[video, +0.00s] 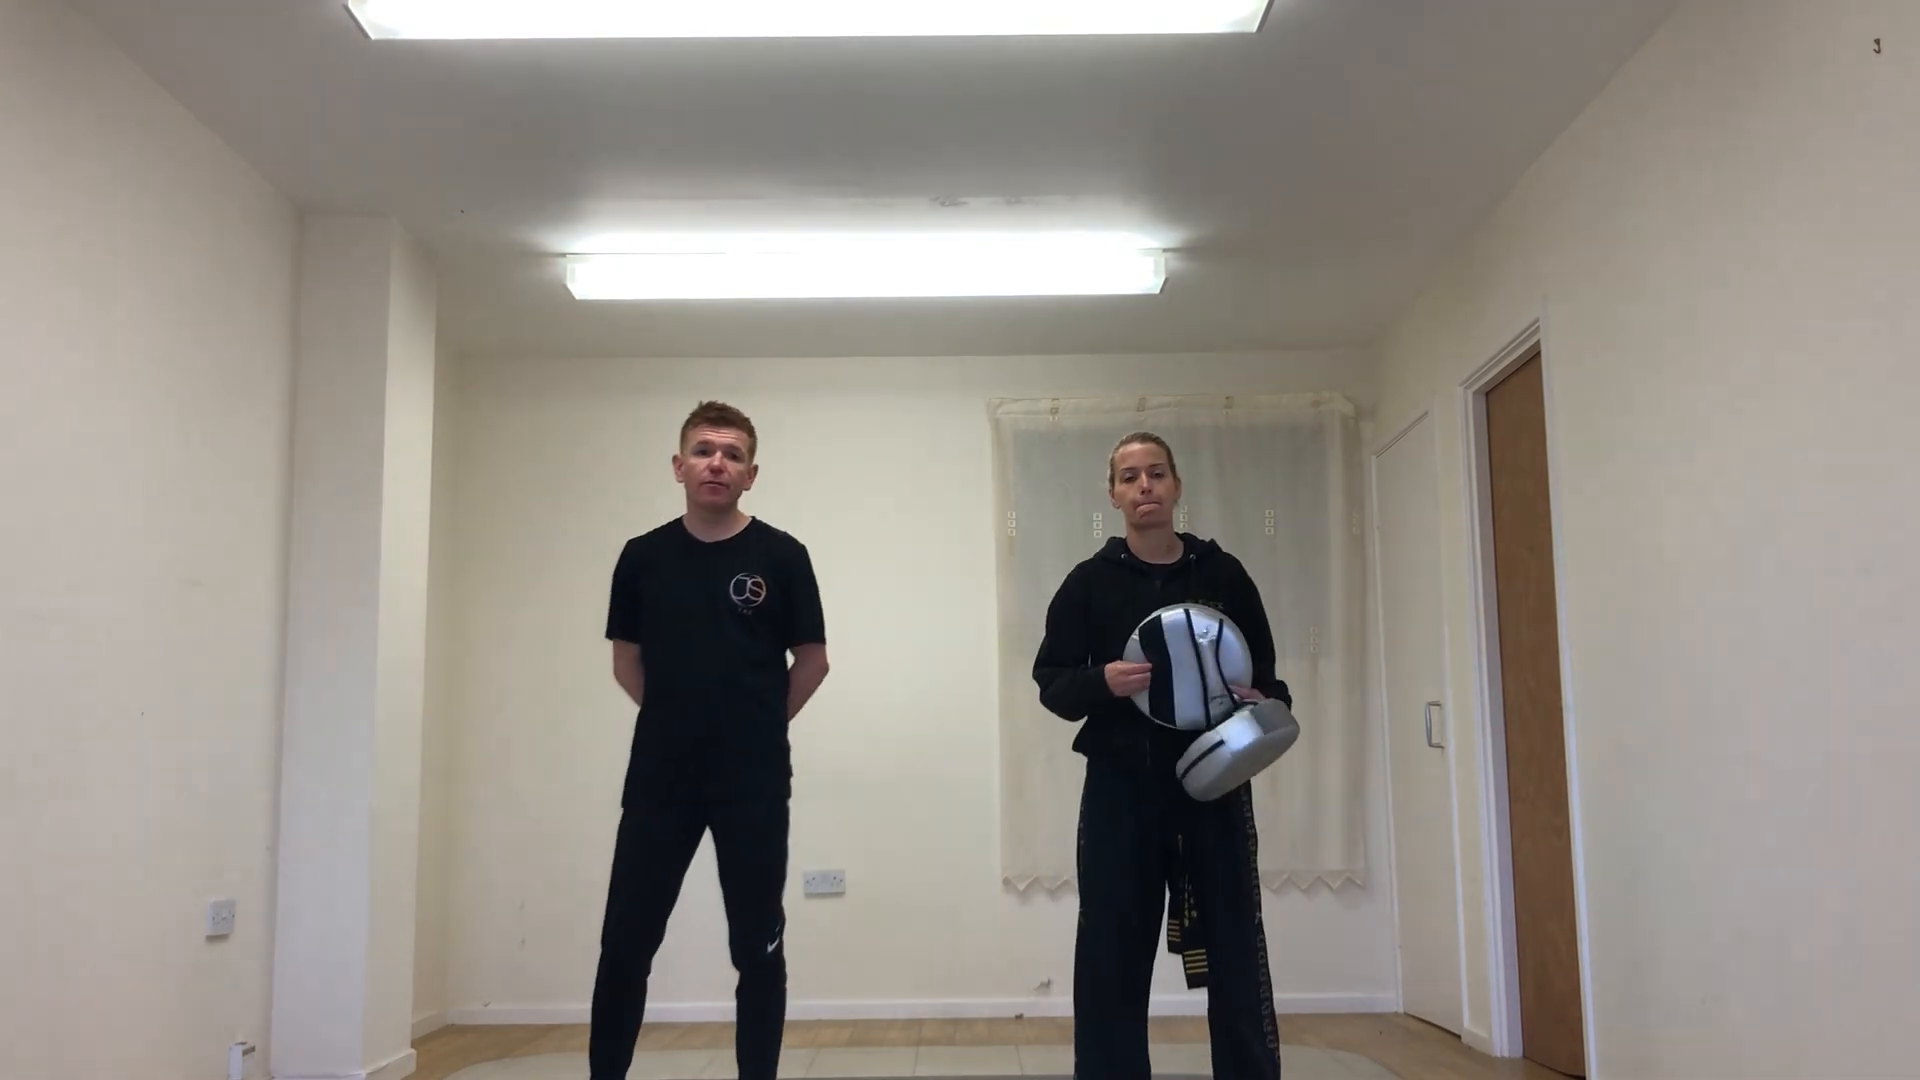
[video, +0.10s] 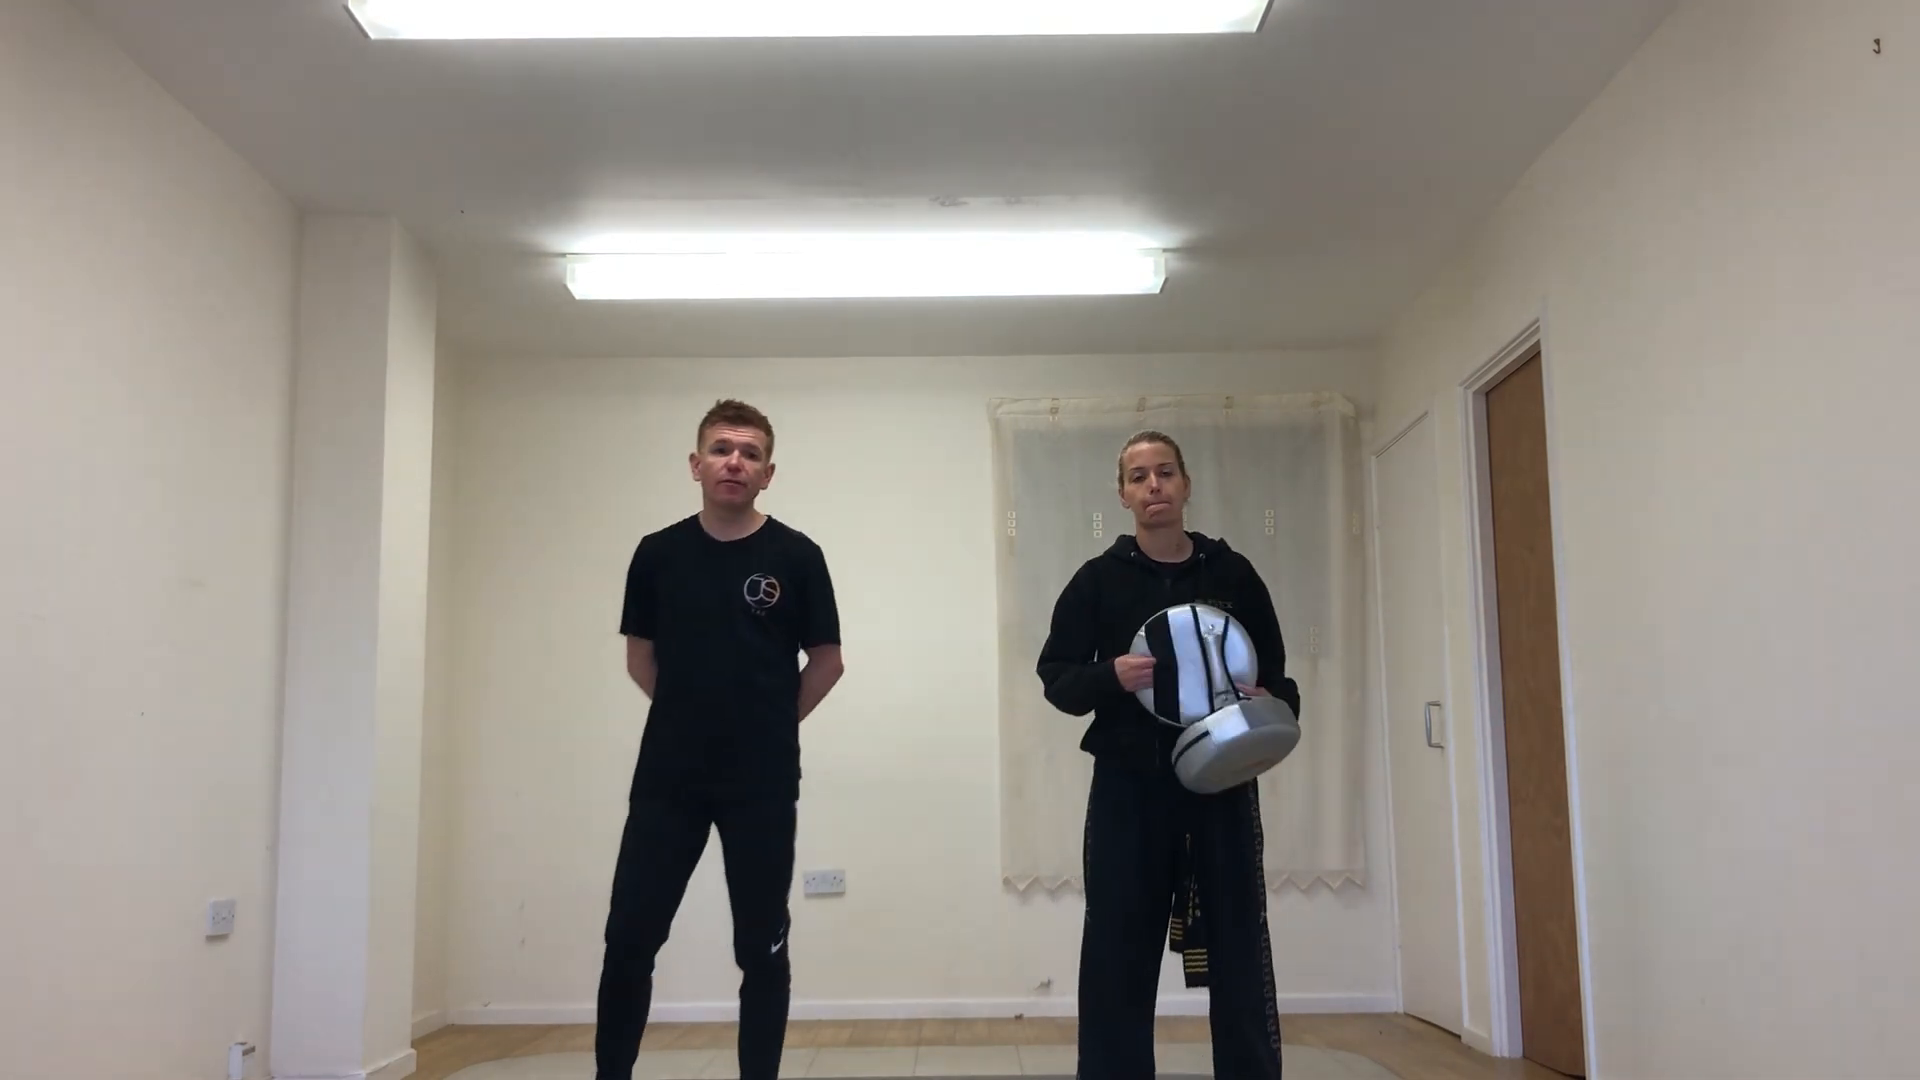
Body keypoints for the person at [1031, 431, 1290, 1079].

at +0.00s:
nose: (1145, 485)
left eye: (1156, 473)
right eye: (1130, 477)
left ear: (1177, 487)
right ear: (1113, 495)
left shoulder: (1222, 572)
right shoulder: (1088, 582)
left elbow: (1265, 675)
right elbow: (1053, 686)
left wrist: (1259, 698)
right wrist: (1100, 680)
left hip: (1215, 786)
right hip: (1123, 789)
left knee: (1236, 953)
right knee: (1112, 959)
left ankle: (1250, 1075)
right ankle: (1111, 1077)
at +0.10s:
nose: (1153, 484)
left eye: (1164, 472)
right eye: (1138, 476)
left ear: (1186, 485)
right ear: (1122, 494)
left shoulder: (1232, 571)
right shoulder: (1096, 581)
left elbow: (1276, 679)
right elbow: (1058, 684)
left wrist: (1265, 699)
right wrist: (1109, 675)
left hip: (1222, 789)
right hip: (1130, 790)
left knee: (1240, 960)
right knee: (1118, 964)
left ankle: (1251, 1076)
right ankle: (1114, 1079)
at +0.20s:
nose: (1161, 485)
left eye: (1173, 473)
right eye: (1146, 477)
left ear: (1193, 485)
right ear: (1131, 494)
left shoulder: (1239, 572)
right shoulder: (1103, 579)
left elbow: (1285, 682)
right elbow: (1061, 676)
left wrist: (1264, 694)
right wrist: (1130, 674)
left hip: (1230, 789)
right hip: (1137, 789)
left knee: (1246, 959)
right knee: (1124, 964)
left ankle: (1253, 1074)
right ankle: (1119, 1077)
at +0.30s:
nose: (1166, 485)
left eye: (1178, 473)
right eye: (1151, 476)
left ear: (1199, 486)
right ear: (1135, 493)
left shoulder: (1242, 573)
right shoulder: (1108, 577)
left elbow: (1286, 681)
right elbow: (1067, 672)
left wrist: (1262, 702)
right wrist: (1152, 667)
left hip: (1233, 791)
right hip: (1140, 791)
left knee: (1248, 966)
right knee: (1127, 970)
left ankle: (1257, 1076)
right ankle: (1123, 1078)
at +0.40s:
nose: (1170, 485)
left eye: (1181, 473)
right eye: (1155, 476)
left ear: (1202, 486)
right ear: (1138, 492)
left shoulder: (1245, 573)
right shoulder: (1111, 576)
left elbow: (1291, 677)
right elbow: (1073, 668)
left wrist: (1271, 719)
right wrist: (1162, 662)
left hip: (1235, 789)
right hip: (1142, 790)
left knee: (1250, 966)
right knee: (1130, 971)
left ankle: (1257, 1077)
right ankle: (1126, 1079)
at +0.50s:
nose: (1171, 486)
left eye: (1183, 474)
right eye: (1157, 477)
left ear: (1203, 487)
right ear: (1140, 494)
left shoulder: (1246, 572)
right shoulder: (1113, 575)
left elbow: (1292, 677)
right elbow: (1080, 666)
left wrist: (1272, 717)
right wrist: (1171, 659)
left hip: (1236, 789)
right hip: (1142, 790)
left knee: (1251, 972)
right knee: (1131, 975)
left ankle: (1257, 1078)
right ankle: (1128, 1079)